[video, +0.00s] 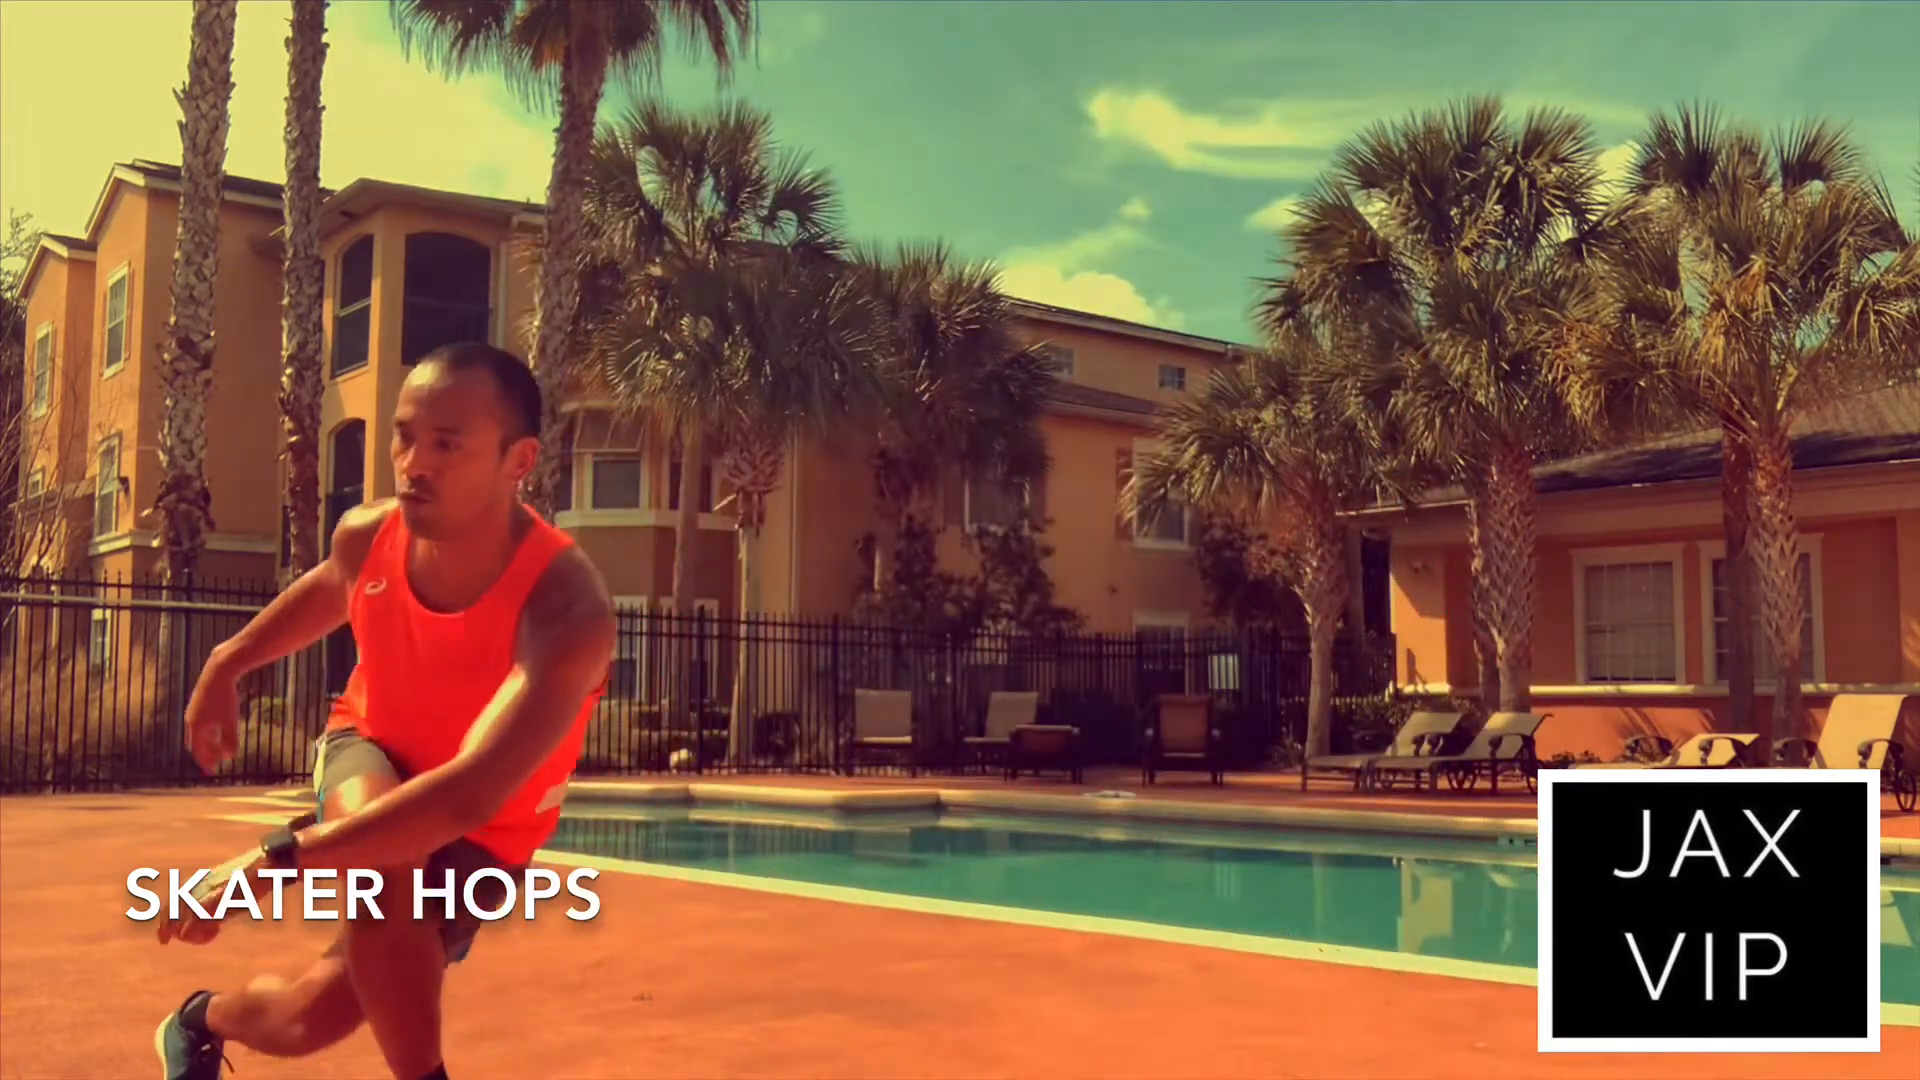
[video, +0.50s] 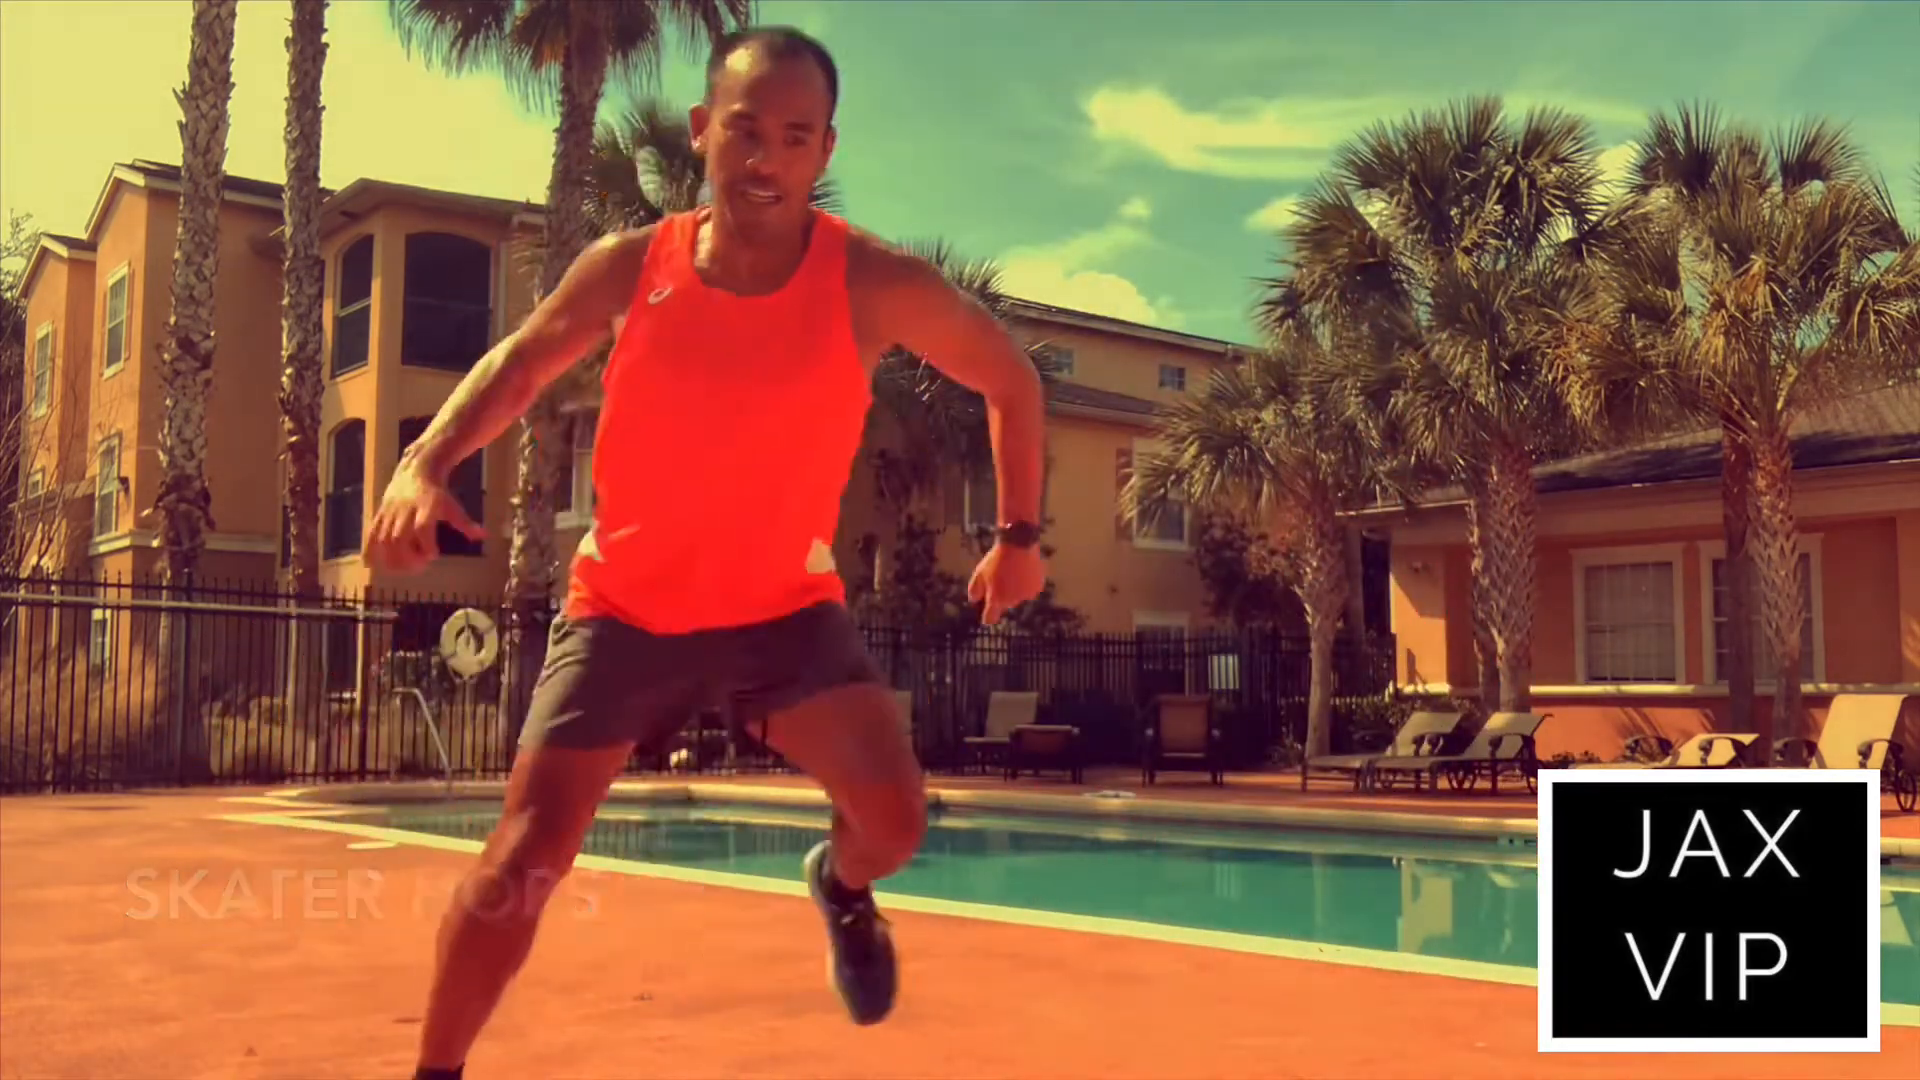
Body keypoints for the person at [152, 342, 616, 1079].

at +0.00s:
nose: (411, 465)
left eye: (446, 444)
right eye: (403, 437)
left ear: (516, 463)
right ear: (390, 438)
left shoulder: (568, 607)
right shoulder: (368, 537)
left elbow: (473, 790)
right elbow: (335, 590)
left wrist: (265, 866)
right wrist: (225, 666)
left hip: (483, 828)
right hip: (373, 749)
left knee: (307, 1023)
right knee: (379, 861)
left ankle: (200, 1019)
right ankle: (423, 1074)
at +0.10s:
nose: (418, 466)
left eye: (452, 444)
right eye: (407, 438)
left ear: (518, 459)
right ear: (393, 438)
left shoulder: (572, 599)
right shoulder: (358, 541)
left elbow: (491, 787)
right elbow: (318, 606)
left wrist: (285, 865)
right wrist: (219, 698)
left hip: (481, 815)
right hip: (362, 753)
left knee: (309, 1030)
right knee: (383, 862)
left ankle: (198, 1020)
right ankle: (423, 1075)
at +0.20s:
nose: (448, 392)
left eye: (481, 368)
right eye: (435, 364)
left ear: (544, 381)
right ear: (418, 367)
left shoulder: (604, 518)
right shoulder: (393, 484)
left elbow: (577, 728)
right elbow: (352, 593)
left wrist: (419, 816)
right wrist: (269, 704)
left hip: (517, 766)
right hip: (396, 711)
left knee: (354, 974)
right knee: (409, 859)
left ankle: (196, 1018)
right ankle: (424, 1076)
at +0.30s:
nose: (520, 297)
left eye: (552, 274)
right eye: (502, 267)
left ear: (604, 288)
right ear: (477, 271)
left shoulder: (670, 426)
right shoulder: (447, 427)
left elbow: (687, 638)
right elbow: (392, 561)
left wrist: (602, 805)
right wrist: (308, 690)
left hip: (588, 722)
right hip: (469, 664)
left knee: (451, 932)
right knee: (447, 873)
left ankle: (283, 992)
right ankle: (429, 1075)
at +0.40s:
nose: (629, 223)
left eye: (658, 202)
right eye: (609, 194)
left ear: (696, 219)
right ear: (569, 202)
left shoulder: (758, 368)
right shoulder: (511, 360)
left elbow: (844, 538)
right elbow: (416, 485)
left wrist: (832, 707)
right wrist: (332, 615)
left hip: (681, 683)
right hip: (537, 650)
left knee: (612, 932)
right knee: (490, 894)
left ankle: (516, 891)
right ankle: (437, 1076)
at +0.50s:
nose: (768, 157)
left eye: (794, 136)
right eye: (746, 128)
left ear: (825, 151)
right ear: (703, 132)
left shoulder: (876, 287)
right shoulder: (627, 268)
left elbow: (1014, 383)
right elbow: (518, 368)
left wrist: (1018, 535)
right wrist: (423, 463)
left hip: (786, 607)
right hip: (626, 606)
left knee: (894, 821)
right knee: (521, 861)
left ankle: (842, 888)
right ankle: (436, 1068)